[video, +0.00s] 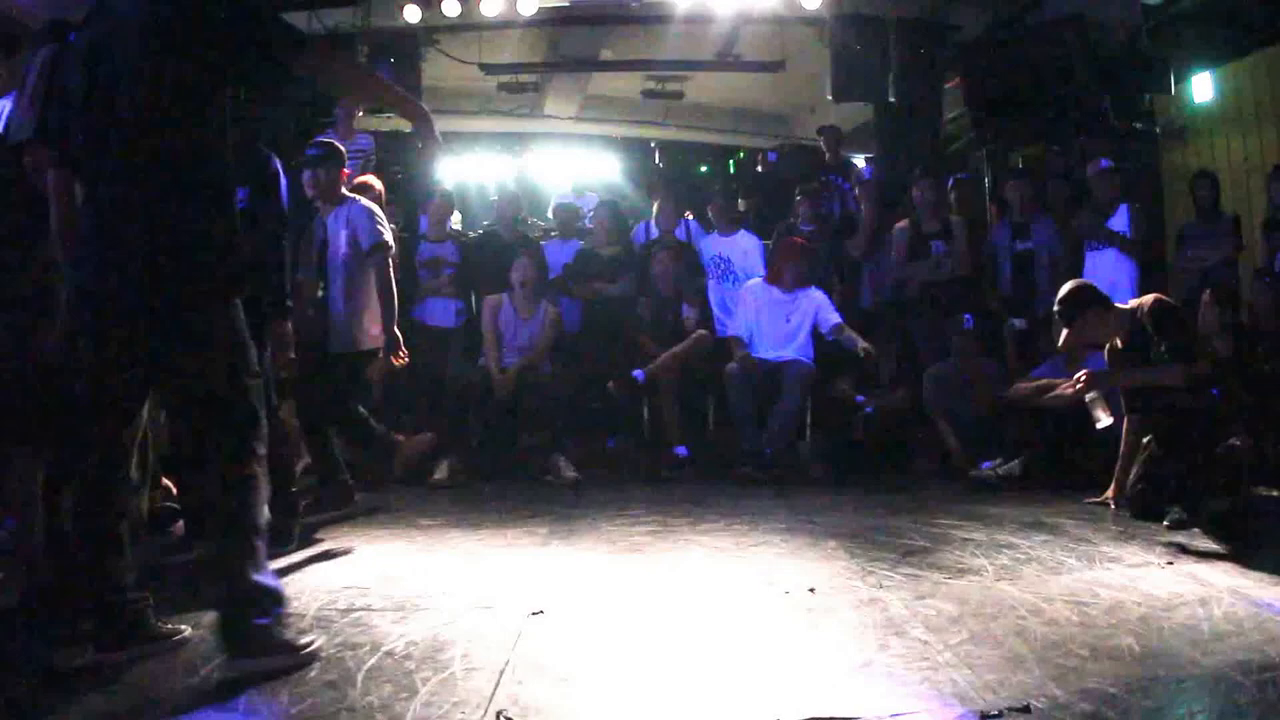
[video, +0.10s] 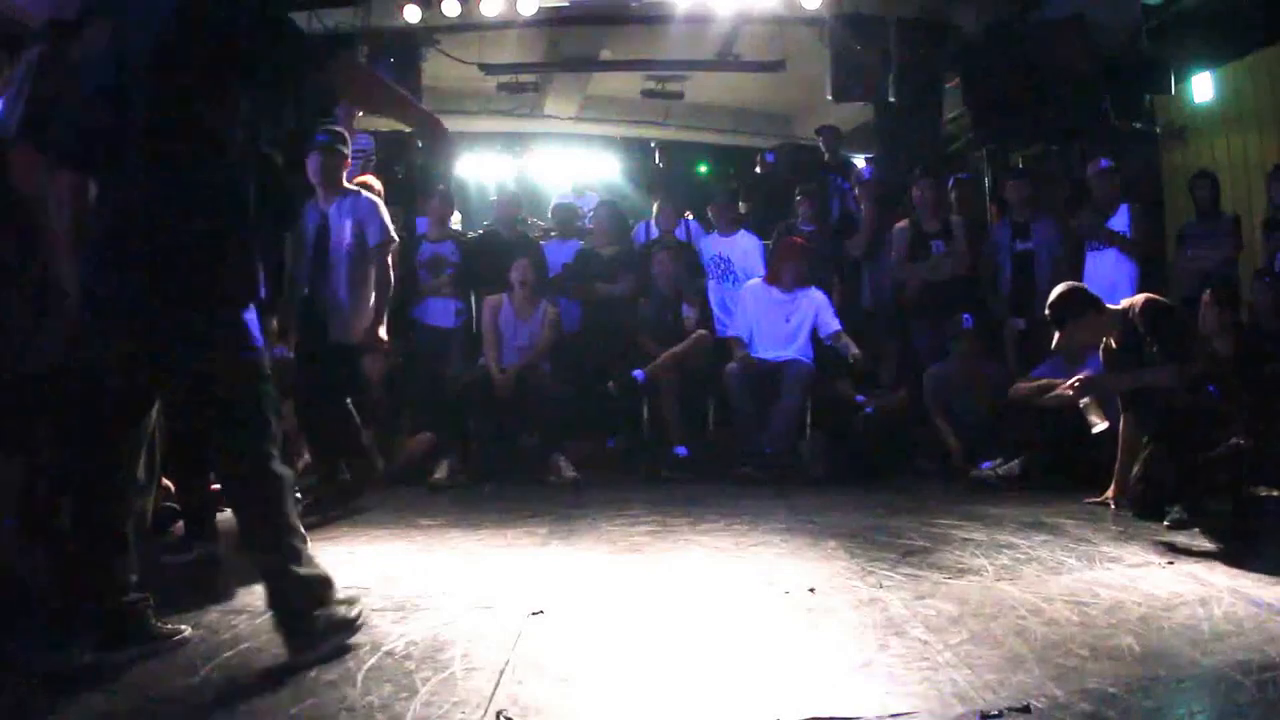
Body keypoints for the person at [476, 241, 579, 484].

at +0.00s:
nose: (522, 275)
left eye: (528, 269)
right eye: (517, 270)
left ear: (538, 276)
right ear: (510, 276)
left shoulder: (549, 312)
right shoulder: (493, 304)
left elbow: (542, 350)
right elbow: (490, 342)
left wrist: (516, 369)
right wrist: (496, 375)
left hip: (531, 370)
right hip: (499, 369)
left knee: (548, 395)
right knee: (474, 390)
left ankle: (557, 456)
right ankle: (455, 458)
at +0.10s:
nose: (521, 275)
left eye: (527, 270)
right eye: (517, 269)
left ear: (537, 277)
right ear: (509, 276)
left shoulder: (549, 312)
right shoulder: (493, 304)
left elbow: (542, 349)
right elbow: (490, 341)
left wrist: (516, 369)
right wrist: (495, 372)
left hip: (530, 366)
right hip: (498, 366)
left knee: (544, 397)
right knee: (470, 389)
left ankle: (556, 456)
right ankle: (453, 457)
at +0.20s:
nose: (520, 275)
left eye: (526, 270)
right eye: (515, 270)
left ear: (537, 276)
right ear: (508, 275)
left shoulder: (548, 312)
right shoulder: (493, 304)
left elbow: (541, 349)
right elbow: (489, 343)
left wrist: (515, 371)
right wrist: (496, 373)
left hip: (531, 368)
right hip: (498, 368)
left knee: (547, 397)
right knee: (464, 390)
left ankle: (556, 456)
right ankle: (452, 457)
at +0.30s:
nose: (520, 277)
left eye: (525, 271)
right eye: (515, 271)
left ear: (536, 276)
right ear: (508, 277)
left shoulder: (547, 311)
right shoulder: (492, 305)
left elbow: (543, 348)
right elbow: (489, 342)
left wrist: (515, 370)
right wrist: (496, 373)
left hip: (531, 370)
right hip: (498, 369)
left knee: (550, 396)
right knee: (468, 392)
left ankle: (557, 455)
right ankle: (453, 457)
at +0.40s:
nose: (520, 276)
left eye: (525, 270)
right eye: (515, 270)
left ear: (535, 275)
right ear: (507, 276)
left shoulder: (547, 311)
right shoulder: (492, 305)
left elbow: (541, 347)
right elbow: (489, 343)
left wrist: (513, 372)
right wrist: (496, 375)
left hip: (531, 371)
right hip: (498, 370)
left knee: (548, 395)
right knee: (466, 392)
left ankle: (557, 454)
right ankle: (452, 457)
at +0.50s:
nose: (519, 276)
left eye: (524, 271)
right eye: (515, 270)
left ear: (534, 277)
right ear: (508, 276)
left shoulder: (546, 312)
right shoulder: (491, 307)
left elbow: (538, 347)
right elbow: (488, 342)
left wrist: (513, 371)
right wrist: (493, 371)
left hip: (532, 375)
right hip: (499, 375)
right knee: (469, 393)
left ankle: (554, 453)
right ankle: (453, 457)